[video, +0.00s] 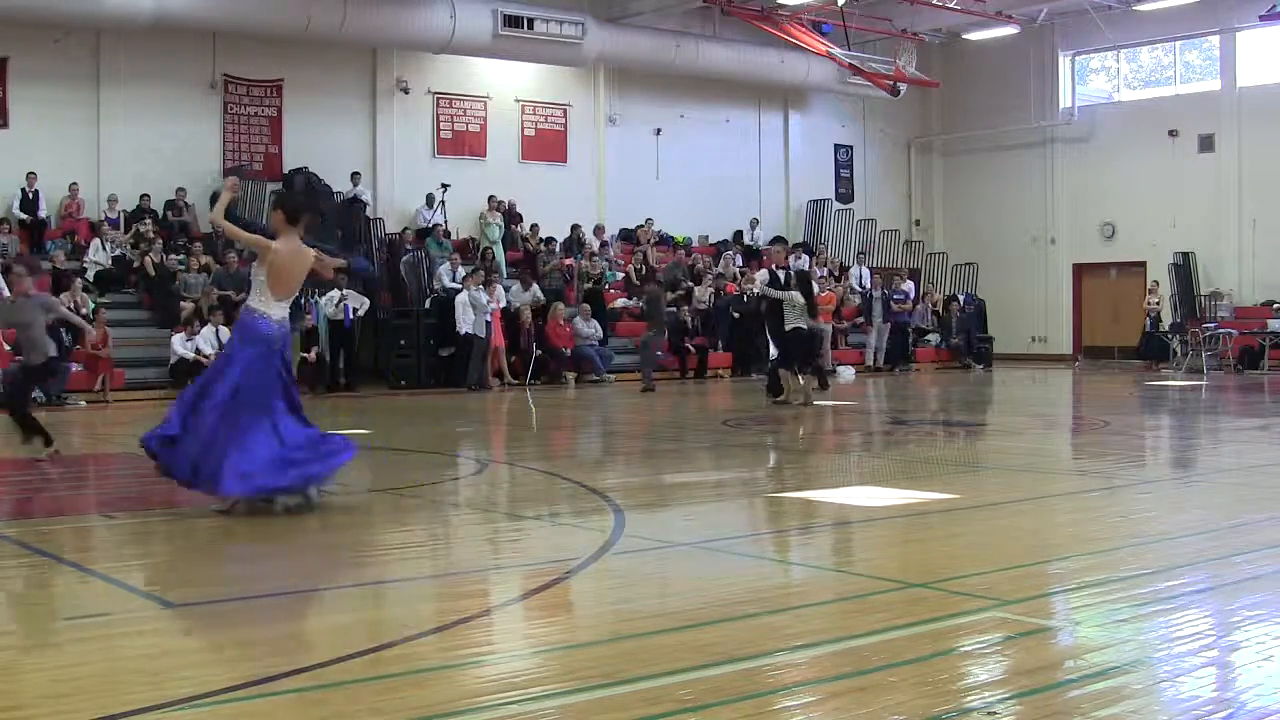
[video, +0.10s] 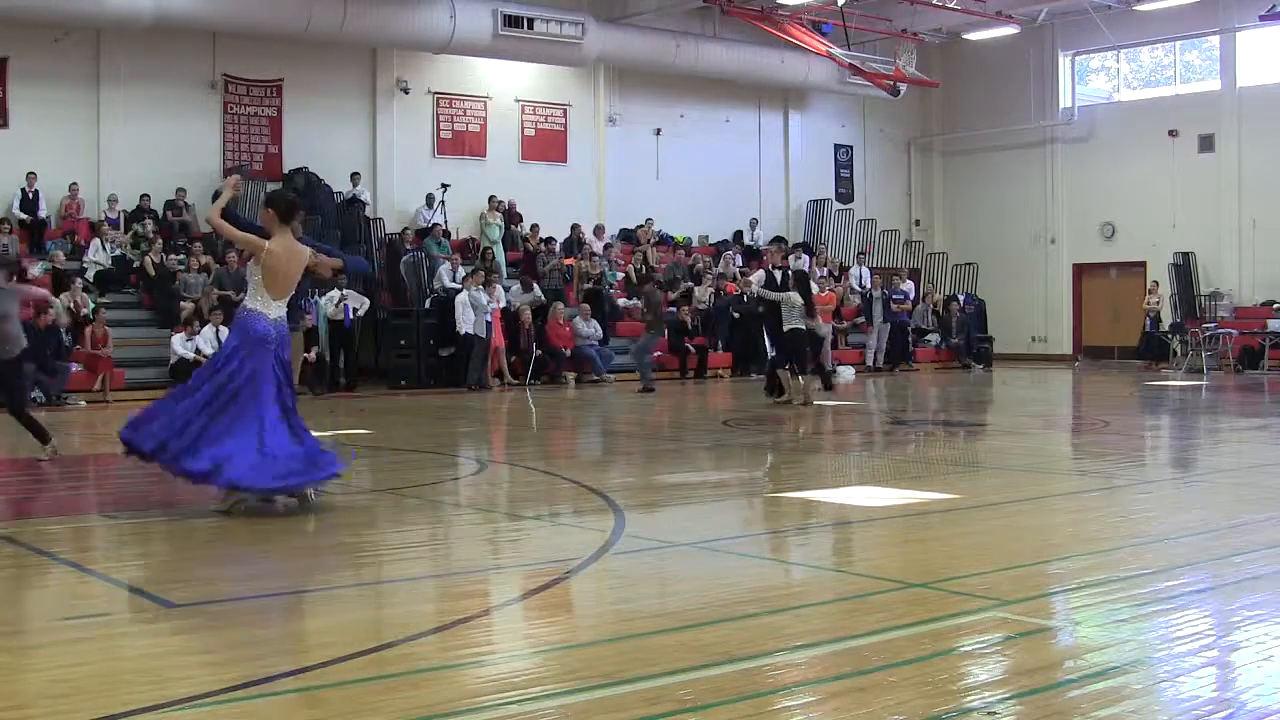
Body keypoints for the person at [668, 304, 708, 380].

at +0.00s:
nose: (685, 313)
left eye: (687, 311)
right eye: (683, 311)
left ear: (689, 311)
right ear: (679, 312)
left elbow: (696, 334)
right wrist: (684, 344)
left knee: (703, 350)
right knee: (682, 351)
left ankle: (700, 374)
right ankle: (684, 374)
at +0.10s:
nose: (686, 313)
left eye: (687, 311)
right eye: (683, 310)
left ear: (689, 312)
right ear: (679, 312)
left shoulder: (688, 322)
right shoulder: (674, 322)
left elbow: (691, 337)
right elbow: (673, 340)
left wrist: (689, 323)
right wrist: (686, 345)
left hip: (684, 344)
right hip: (675, 345)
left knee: (703, 349)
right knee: (683, 350)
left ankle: (699, 374)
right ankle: (683, 374)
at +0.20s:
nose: (686, 313)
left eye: (687, 310)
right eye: (683, 310)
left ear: (689, 312)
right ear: (679, 312)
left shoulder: (688, 322)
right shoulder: (673, 322)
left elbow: (692, 337)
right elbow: (673, 340)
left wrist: (689, 324)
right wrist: (686, 345)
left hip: (684, 344)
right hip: (675, 345)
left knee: (703, 349)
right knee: (683, 350)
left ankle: (699, 374)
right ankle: (683, 374)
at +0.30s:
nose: (686, 313)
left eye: (687, 310)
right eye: (683, 310)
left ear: (689, 312)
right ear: (679, 312)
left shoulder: (688, 322)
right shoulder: (673, 322)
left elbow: (691, 337)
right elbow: (673, 340)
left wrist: (689, 324)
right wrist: (685, 345)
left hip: (684, 344)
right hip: (675, 345)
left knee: (703, 349)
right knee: (683, 350)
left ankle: (699, 374)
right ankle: (683, 374)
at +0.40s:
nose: (686, 313)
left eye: (687, 311)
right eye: (683, 311)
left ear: (689, 312)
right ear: (679, 312)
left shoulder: (688, 321)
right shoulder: (674, 322)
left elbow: (691, 337)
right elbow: (673, 340)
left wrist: (689, 323)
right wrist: (686, 345)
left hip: (684, 344)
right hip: (675, 345)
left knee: (703, 349)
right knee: (683, 350)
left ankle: (699, 374)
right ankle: (683, 374)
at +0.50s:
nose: (685, 312)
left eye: (686, 310)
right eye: (683, 310)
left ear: (688, 312)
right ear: (678, 312)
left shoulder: (687, 322)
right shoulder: (673, 322)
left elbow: (691, 337)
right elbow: (673, 341)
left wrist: (689, 324)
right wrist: (686, 345)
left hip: (684, 344)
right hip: (675, 345)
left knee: (703, 349)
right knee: (683, 350)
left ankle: (699, 373)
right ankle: (683, 373)